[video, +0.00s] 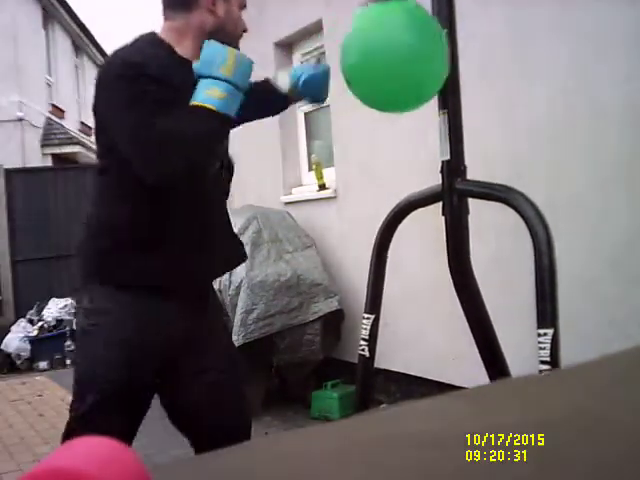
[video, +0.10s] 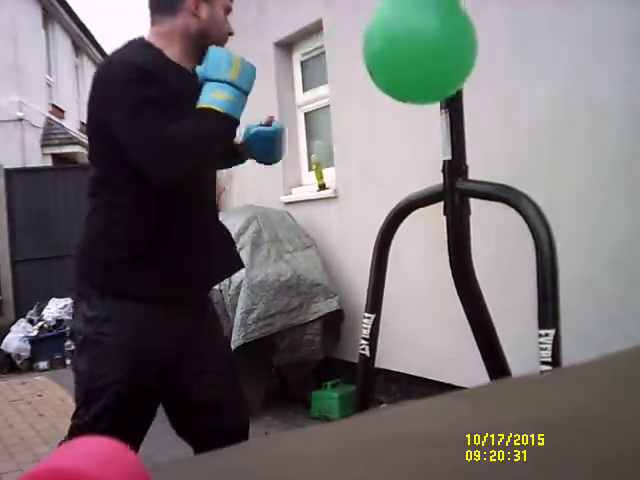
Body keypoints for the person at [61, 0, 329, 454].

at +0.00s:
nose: (245, 23)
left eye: (244, 9)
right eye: (241, 8)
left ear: (207, 9)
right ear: (211, 7)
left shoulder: (197, 77)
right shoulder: (129, 70)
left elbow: (228, 107)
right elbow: (164, 162)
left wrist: (288, 88)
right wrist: (216, 91)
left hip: (189, 295)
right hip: (122, 297)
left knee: (230, 446)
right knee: (91, 455)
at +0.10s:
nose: (230, 29)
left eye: (230, 13)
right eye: (226, 12)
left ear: (193, 11)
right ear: (195, 9)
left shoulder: (190, 83)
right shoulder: (127, 72)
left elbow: (193, 155)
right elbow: (166, 160)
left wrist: (243, 147)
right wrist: (221, 101)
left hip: (184, 301)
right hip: (123, 303)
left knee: (227, 446)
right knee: (97, 457)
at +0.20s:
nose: (216, 33)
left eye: (215, 18)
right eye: (211, 16)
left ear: (177, 14)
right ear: (178, 11)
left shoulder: (158, 86)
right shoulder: (113, 77)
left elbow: (159, 181)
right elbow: (160, 164)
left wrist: (213, 150)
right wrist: (208, 109)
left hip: (170, 311)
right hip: (112, 314)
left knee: (221, 441)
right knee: (92, 463)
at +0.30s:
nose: (191, 40)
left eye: (192, 27)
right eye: (187, 24)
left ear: (152, 20)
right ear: (153, 16)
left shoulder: (133, 94)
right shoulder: (85, 82)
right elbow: (128, 168)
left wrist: (190, 142)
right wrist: (183, 117)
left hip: (150, 321)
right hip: (85, 325)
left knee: (213, 450)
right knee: (73, 468)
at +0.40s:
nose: (157, 49)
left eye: (158, 36)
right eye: (153, 33)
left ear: (117, 30)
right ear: (116, 27)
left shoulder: (103, 108)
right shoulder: (43, 95)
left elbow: (109, 188)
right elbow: (95, 187)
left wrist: (160, 146)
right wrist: (144, 125)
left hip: (122, 335)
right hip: (52, 345)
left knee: (192, 459)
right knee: (56, 475)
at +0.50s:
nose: (123, 59)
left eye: (124, 44)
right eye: (118, 41)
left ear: (80, 36)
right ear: (79, 33)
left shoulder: (64, 119)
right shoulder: (10, 102)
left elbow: (84, 210)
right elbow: (51, 203)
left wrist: (128, 156)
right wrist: (106, 131)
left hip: (87, 348)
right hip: (34, 352)